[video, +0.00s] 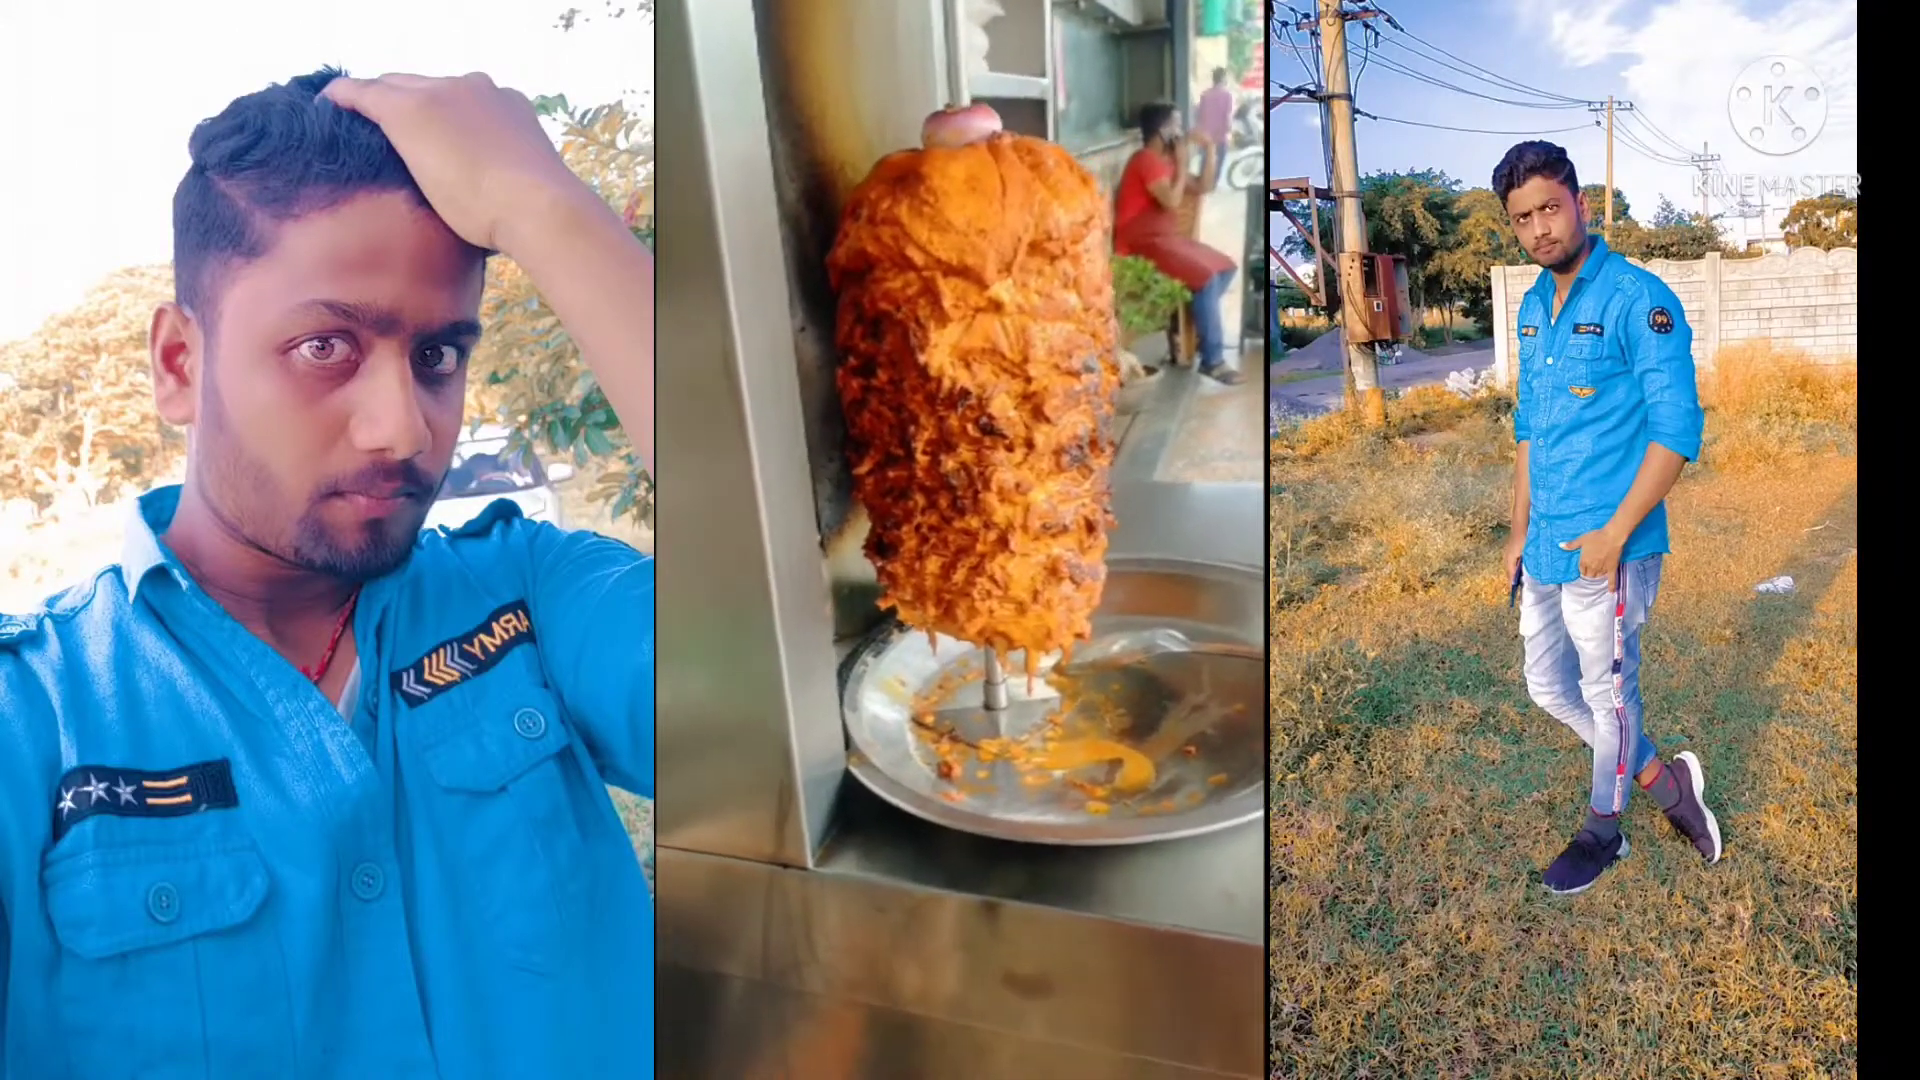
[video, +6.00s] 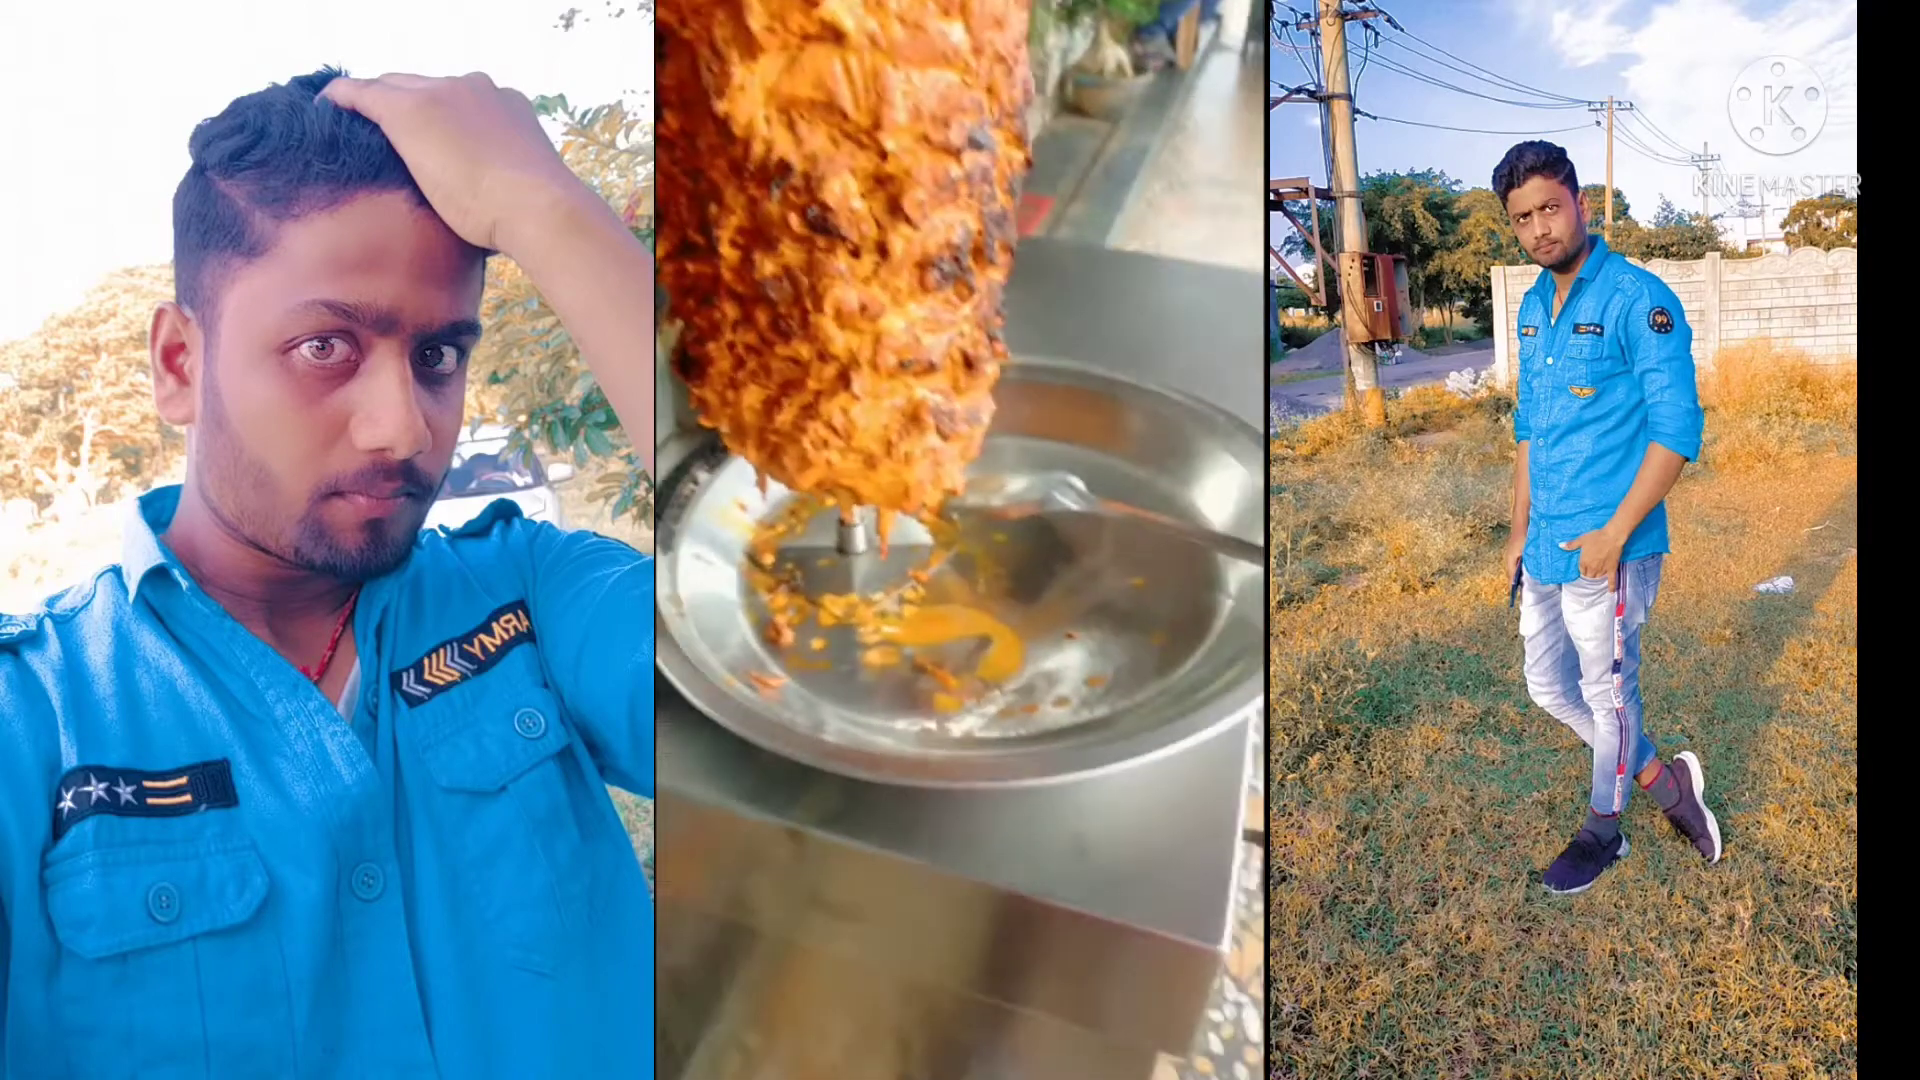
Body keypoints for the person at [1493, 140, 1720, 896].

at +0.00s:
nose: (1538, 228)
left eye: (1549, 208)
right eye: (1522, 218)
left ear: (1581, 203)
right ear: (1513, 228)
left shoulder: (1640, 298)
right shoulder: (1534, 308)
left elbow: (1678, 432)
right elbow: (1529, 432)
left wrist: (1615, 533)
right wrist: (1520, 530)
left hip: (1611, 537)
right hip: (1543, 539)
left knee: (1610, 690)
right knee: (1549, 684)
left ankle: (1602, 828)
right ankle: (1666, 778)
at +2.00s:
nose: (1537, 229)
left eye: (1549, 208)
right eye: (1522, 219)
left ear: (1582, 203)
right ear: (1514, 228)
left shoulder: (1641, 298)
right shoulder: (1535, 306)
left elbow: (1678, 432)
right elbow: (1529, 431)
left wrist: (1616, 531)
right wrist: (1520, 528)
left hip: (1612, 536)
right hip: (1544, 538)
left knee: (1610, 690)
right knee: (1549, 684)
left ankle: (1602, 828)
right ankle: (1664, 778)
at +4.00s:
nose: (1537, 229)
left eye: (1548, 209)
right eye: (1522, 219)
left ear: (1582, 203)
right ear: (1513, 228)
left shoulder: (1640, 298)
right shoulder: (1534, 307)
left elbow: (1678, 432)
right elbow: (1529, 431)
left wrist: (1615, 533)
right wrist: (1519, 529)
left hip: (1611, 537)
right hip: (1544, 538)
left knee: (1609, 689)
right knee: (1549, 684)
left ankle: (1602, 828)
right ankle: (1665, 778)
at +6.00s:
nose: (1537, 229)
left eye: (1548, 209)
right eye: (1522, 219)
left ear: (1582, 202)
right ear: (1513, 228)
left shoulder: (1640, 298)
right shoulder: (1534, 307)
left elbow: (1678, 432)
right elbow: (1529, 431)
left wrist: (1615, 533)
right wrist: (1519, 529)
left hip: (1611, 537)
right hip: (1544, 538)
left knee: (1609, 689)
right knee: (1549, 684)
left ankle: (1602, 828)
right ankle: (1665, 778)